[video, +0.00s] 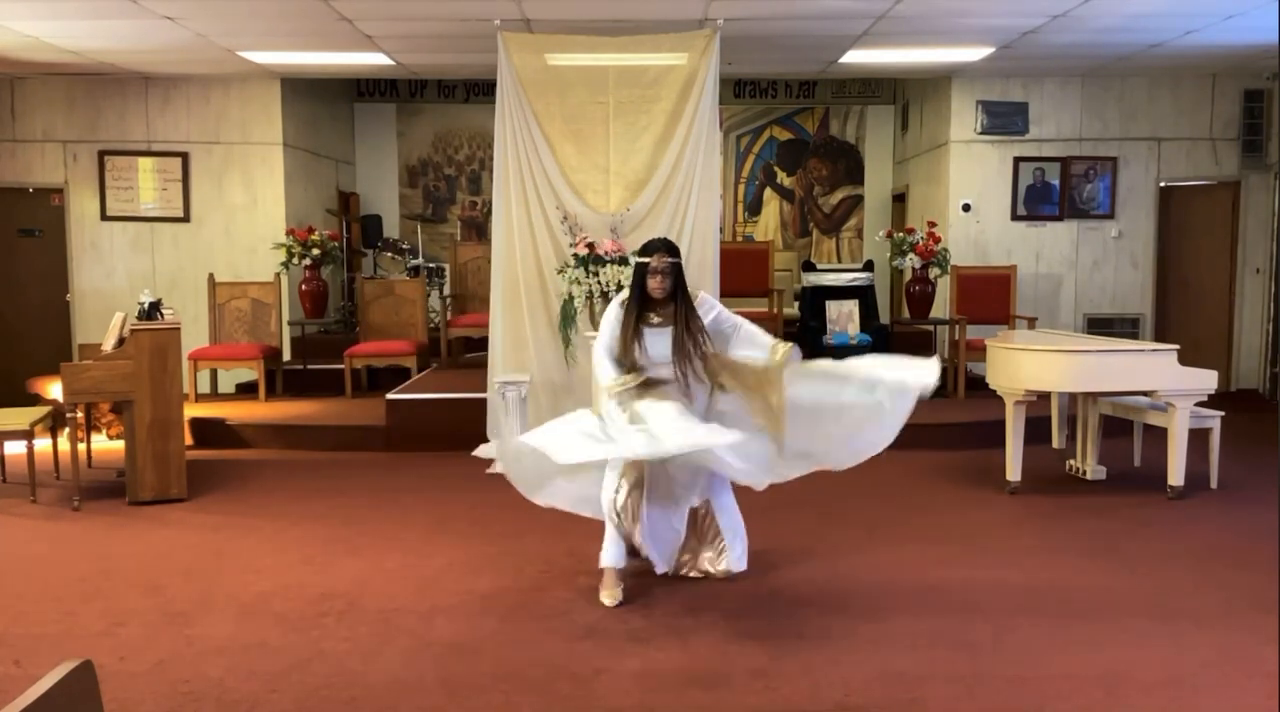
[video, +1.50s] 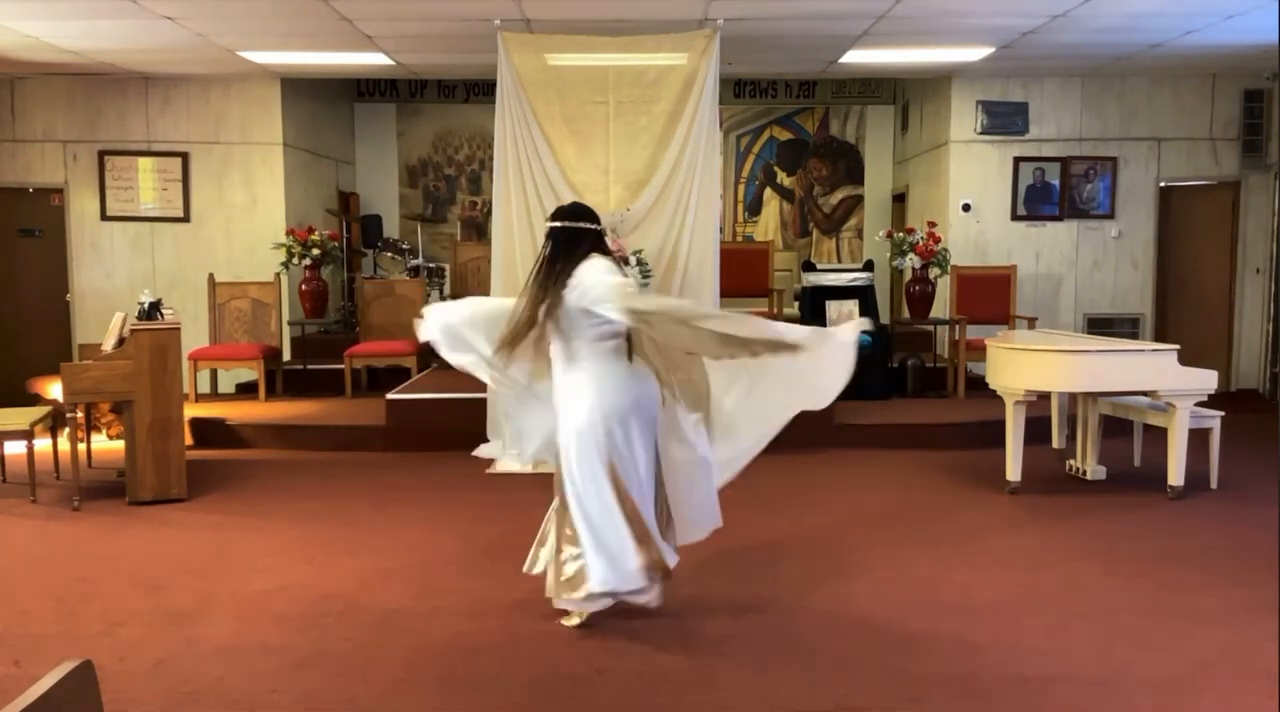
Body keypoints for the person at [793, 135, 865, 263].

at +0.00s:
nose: (815, 176)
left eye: (821, 170)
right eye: (812, 171)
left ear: (840, 166)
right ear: (808, 172)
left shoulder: (854, 193)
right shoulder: (819, 195)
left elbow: (828, 227)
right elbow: (799, 233)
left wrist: (808, 197)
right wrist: (798, 197)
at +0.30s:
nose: (816, 176)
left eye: (821, 170)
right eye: (812, 171)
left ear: (840, 166)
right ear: (808, 173)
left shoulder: (854, 193)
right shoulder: (819, 195)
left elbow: (828, 227)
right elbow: (799, 232)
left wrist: (808, 197)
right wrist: (799, 197)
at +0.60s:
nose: (815, 176)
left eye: (821, 170)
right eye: (812, 171)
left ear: (840, 166)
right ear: (808, 172)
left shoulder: (854, 193)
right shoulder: (819, 194)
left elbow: (828, 227)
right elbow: (800, 233)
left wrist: (807, 196)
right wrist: (798, 198)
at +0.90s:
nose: (815, 176)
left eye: (821, 170)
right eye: (812, 171)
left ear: (839, 166)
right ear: (808, 172)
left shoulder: (854, 193)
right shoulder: (819, 195)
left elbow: (828, 227)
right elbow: (799, 233)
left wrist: (808, 197)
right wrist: (799, 197)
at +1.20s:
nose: (815, 176)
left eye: (821, 170)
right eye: (812, 171)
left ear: (839, 166)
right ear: (808, 172)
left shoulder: (854, 193)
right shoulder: (819, 194)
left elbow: (828, 226)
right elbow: (799, 232)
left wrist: (808, 196)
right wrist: (799, 197)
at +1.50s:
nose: (815, 176)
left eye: (821, 170)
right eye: (812, 171)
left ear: (839, 167)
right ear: (808, 172)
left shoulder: (854, 193)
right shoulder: (819, 194)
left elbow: (828, 227)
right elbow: (799, 233)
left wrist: (808, 196)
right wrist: (799, 197)